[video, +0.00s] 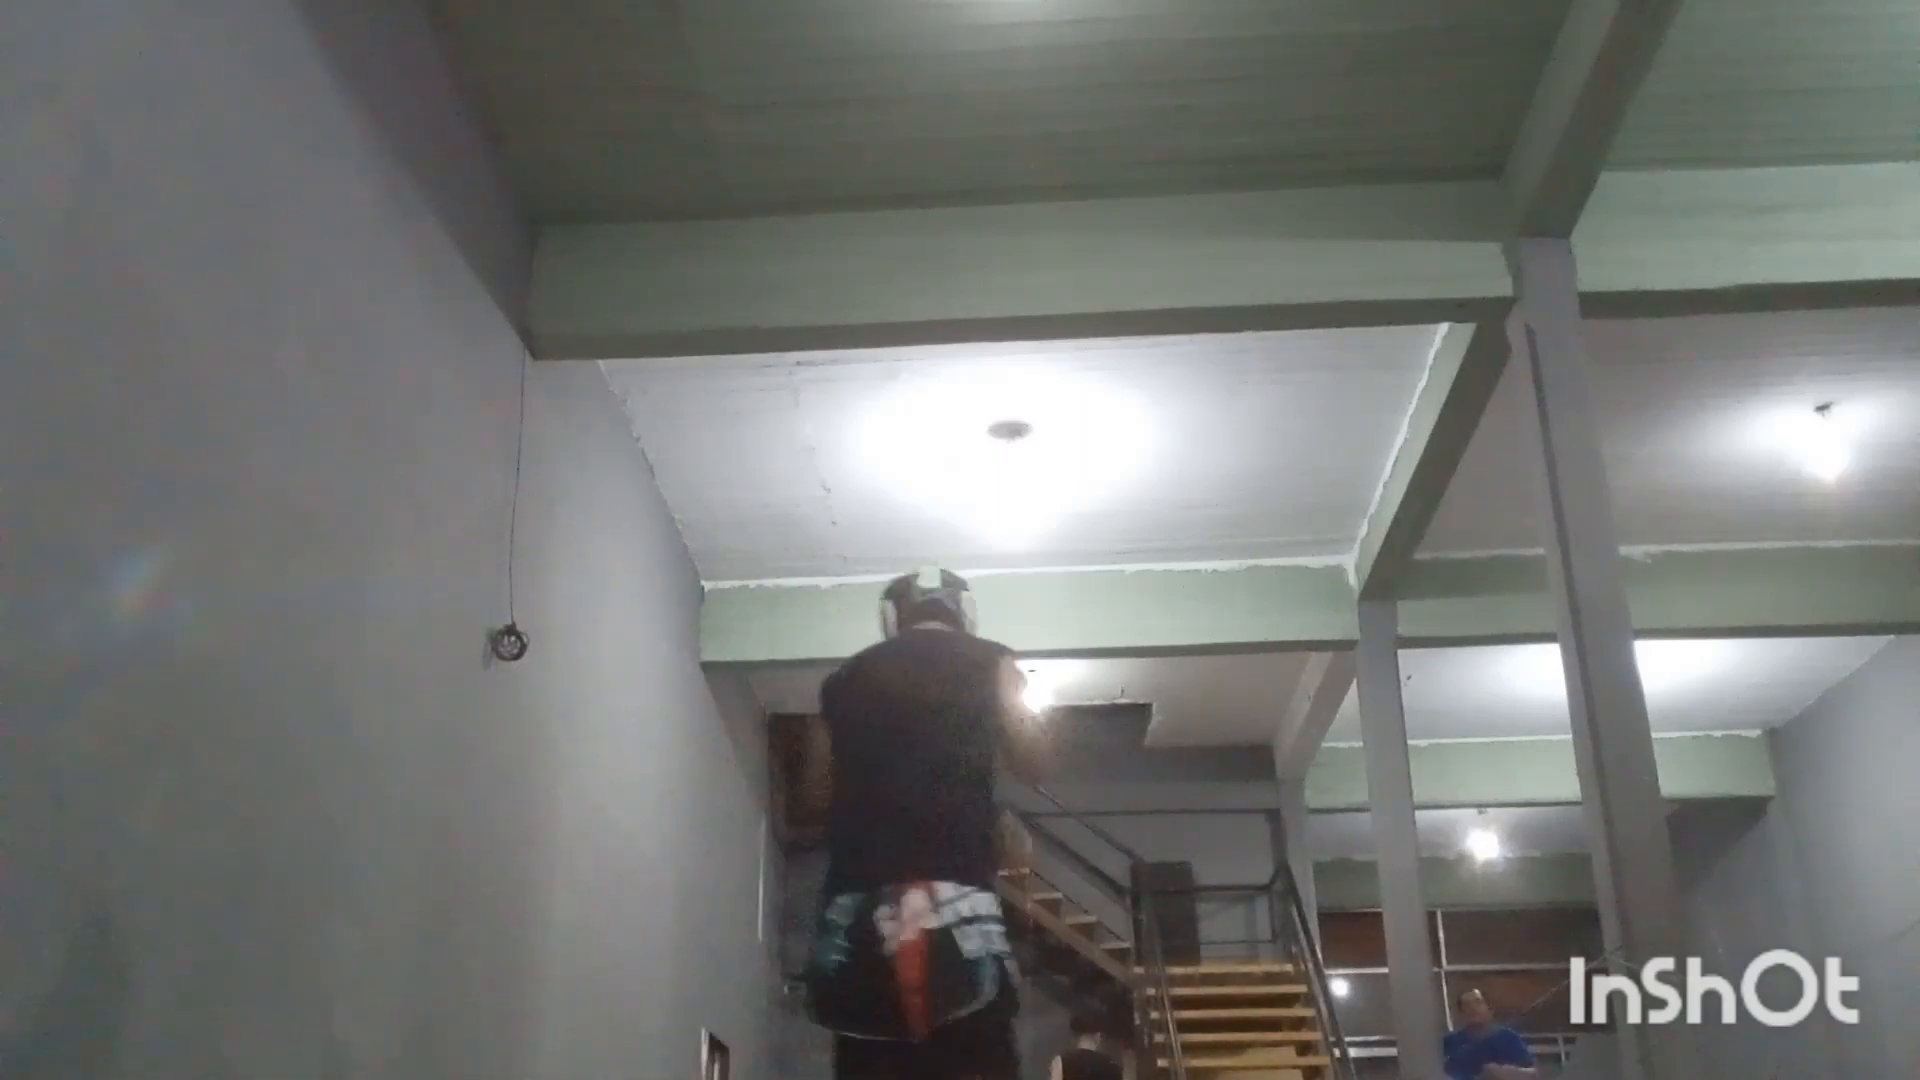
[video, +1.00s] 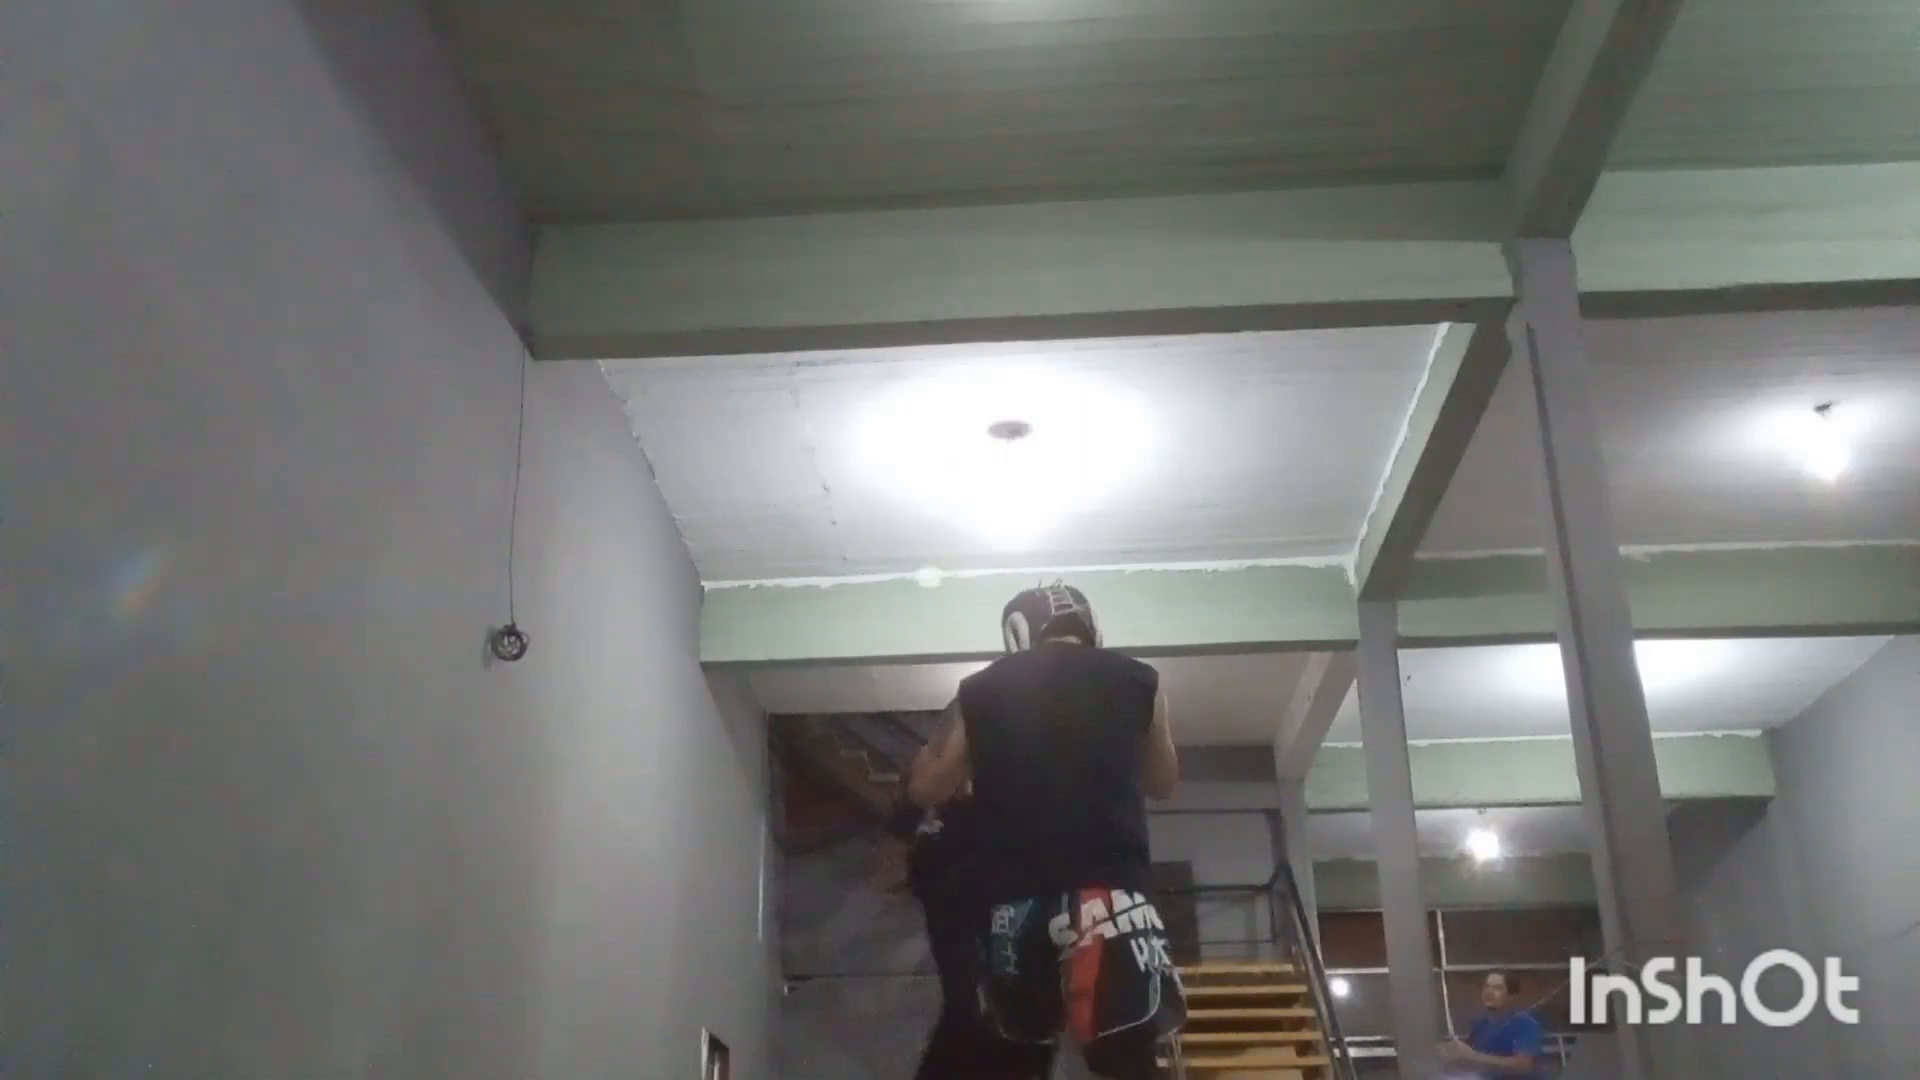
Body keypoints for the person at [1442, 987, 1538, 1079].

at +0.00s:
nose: (1474, 1009)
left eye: (1478, 1003)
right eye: (1467, 1005)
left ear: (1489, 1008)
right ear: (1461, 1013)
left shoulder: (1507, 1036)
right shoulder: (1452, 1041)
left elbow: (1532, 1072)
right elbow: (1449, 1072)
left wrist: (1499, 1071)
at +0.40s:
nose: (1481, 1002)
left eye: (1487, 997)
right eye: (1476, 998)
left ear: (1498, 1005)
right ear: (1470, 1005)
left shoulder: (1519, 1033)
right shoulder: (1460, 1038)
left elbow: (1544, 1071)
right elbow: (1451, 1072)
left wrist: (1504, 1072)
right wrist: (1460, 1075)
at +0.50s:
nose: (1486, 998)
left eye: (1493, 994)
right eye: (1482, 993)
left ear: (1506, 1003)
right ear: (1477, 999)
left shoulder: (1524, 1030)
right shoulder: (1468, 1034)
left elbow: (1548, 1070)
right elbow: (1454, 1070)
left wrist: (1508, 1069)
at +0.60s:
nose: (1489, 995)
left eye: (1496, 991)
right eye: (1486, 990)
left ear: (1509, 999)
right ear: (1481, 995)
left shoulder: (1528, 1027)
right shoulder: (1473, 1030)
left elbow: (1547, 1069)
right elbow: (1456, 1068)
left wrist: (1505, 1068)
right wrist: (1479, 1073)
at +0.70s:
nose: (1490, 995)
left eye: (1498, 991)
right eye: (1486, 990)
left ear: (1510, 997)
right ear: (1482, 994)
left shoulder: (1527, 1025)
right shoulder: (1475, 1029)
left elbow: (1546, 1066)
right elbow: (1467, 1065)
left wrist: (1501, 1068)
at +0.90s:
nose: (1489, 994)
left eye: (1497, 990)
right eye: (1487, 988)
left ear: (1511, 995)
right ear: (1482, 991)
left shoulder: (1526, 1024)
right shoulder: (1480, 1024)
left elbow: (1543, 1064)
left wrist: (1489, 1065)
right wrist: (1463, 1059)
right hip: (1482, 1076)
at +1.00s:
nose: (1489, 992)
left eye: (1497, 988)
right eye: (1487, 987)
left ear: (1511, 995)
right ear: (1482, 990)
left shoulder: (1525, 1024)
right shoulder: (1481, 1024)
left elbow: (1523, 1065)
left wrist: (1470, 1055)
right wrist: (1455, 1052)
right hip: (1481, 1075)